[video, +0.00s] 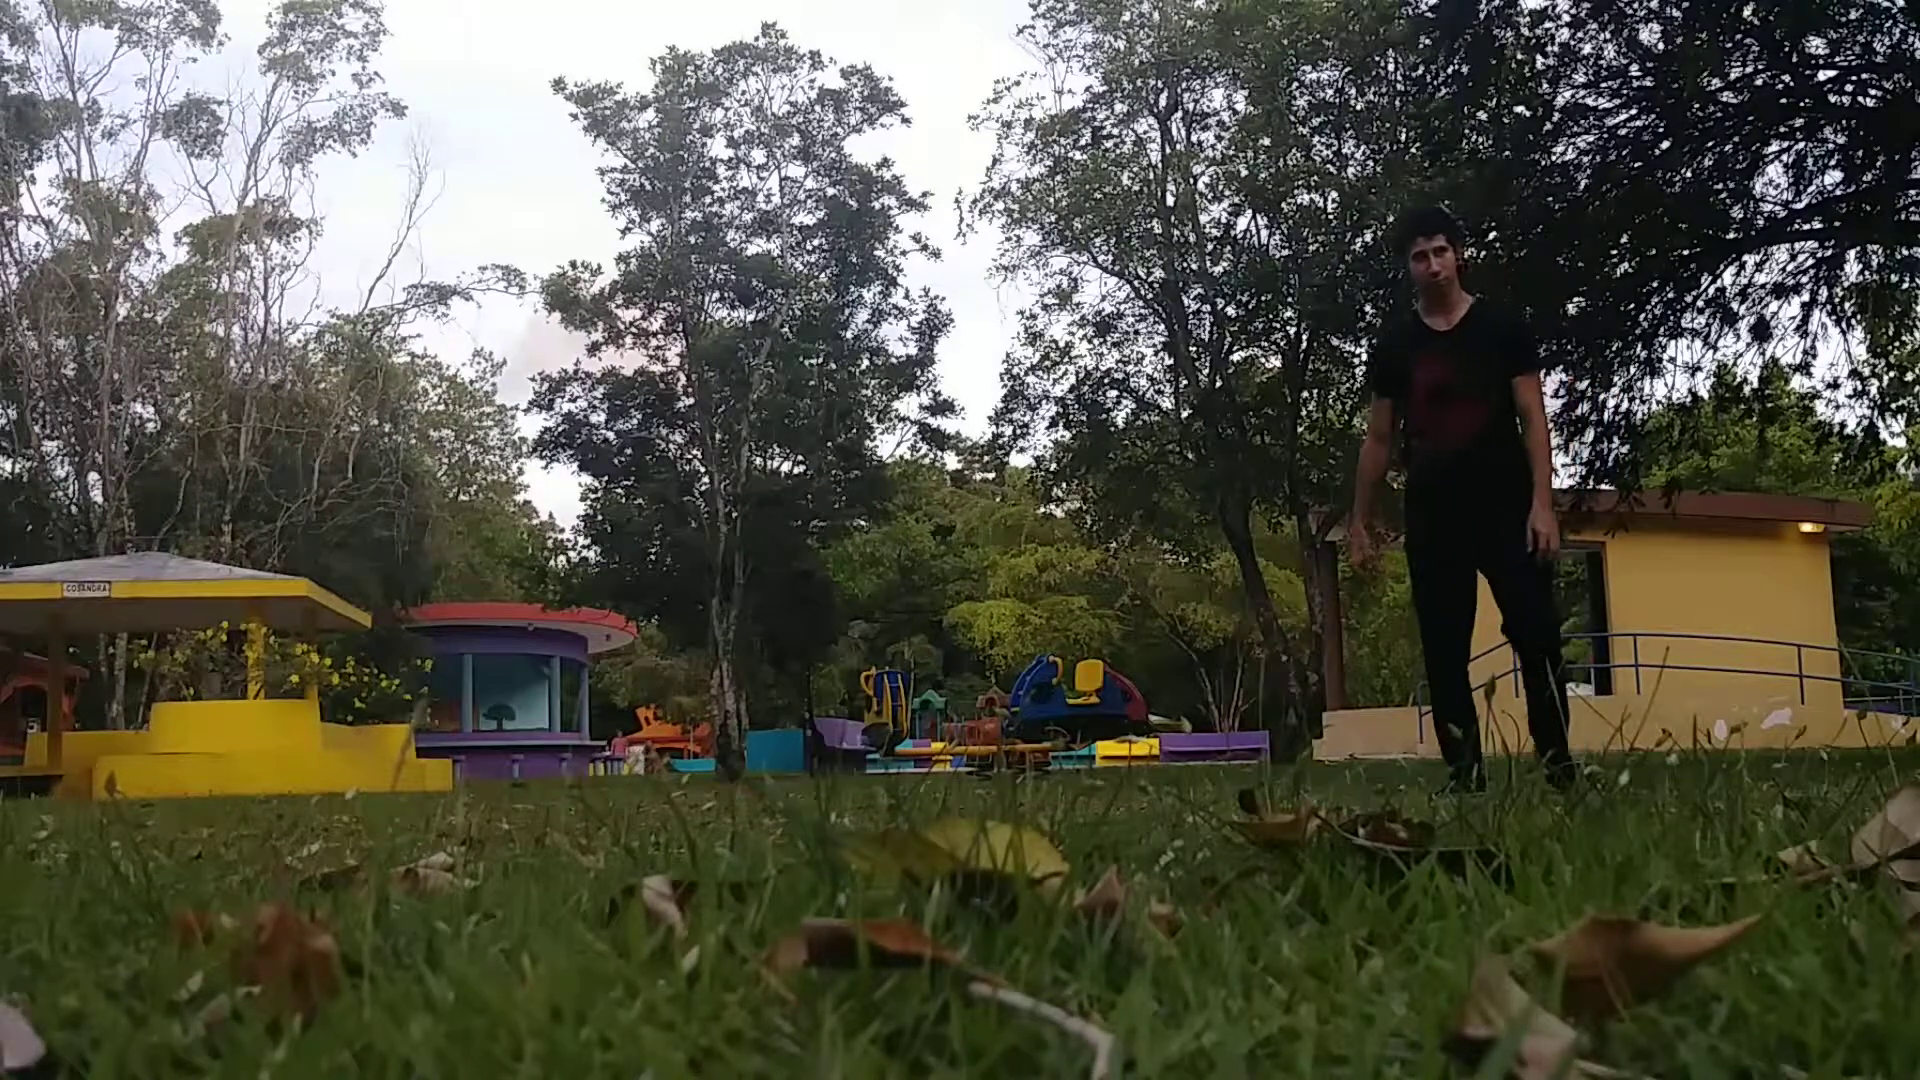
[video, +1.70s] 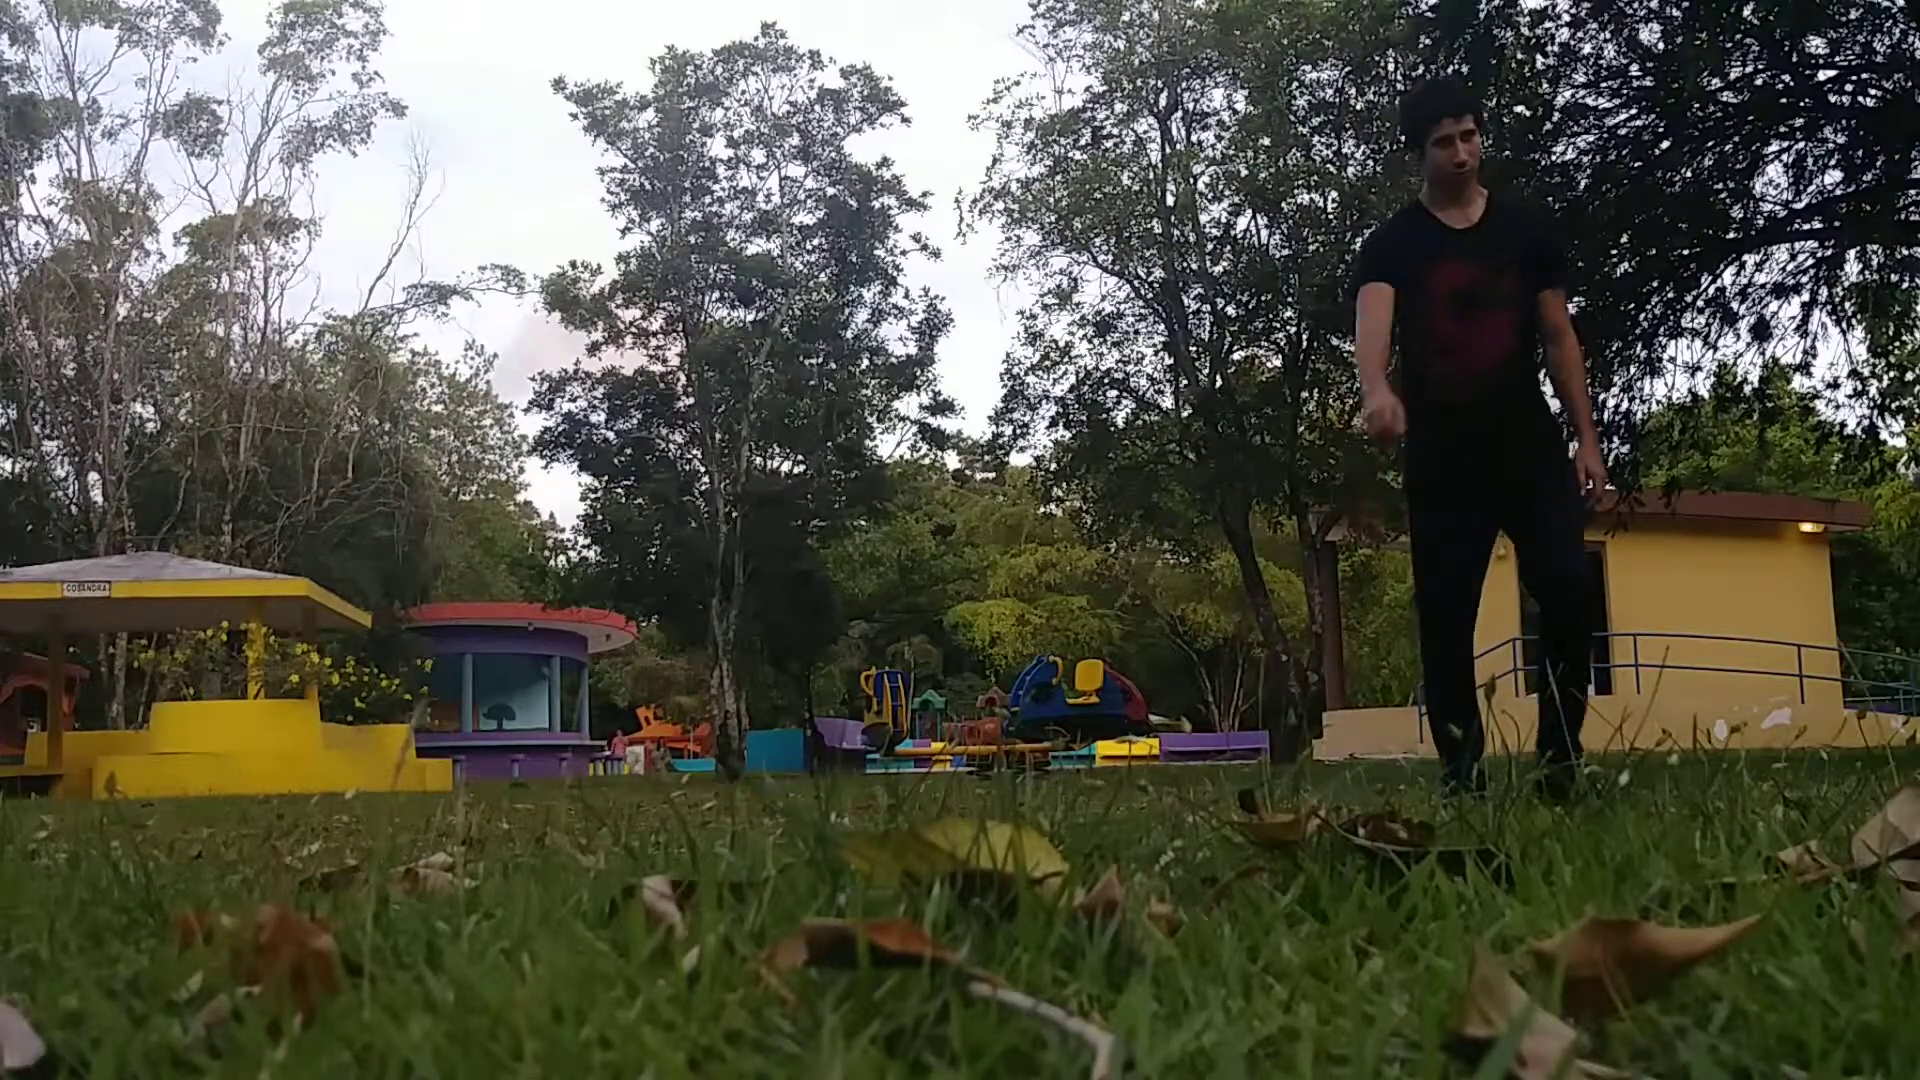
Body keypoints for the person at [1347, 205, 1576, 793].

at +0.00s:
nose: (1432, 263)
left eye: (1440, 251)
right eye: (1420, 256)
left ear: (1459, 254)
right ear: (1408, 268)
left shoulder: (1503, 325)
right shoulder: (1395, 341)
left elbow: (1535, 419)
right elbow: (1378, 435)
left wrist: (1543, 503)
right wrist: (1359, 516)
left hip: (1505, 509)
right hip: (1433, 517)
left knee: (1537, 641)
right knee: (1444, 652)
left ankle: (1558, 765)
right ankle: (1464, 775)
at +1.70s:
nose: (1462, 150)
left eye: (1469, 136)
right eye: (1446, 142)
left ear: (1483, 140)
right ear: (1418, 153)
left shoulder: (1525, 228)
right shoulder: (1391, 242)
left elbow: (1560, 337)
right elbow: (1373, 320)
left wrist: (1586, 435)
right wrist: (1375, 387)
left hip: (1529, 446)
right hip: (1442, 454)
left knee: (1569, 592)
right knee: (1445, 616)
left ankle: (1559, 761)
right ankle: (1460, 769)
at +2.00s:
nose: (1517, 131)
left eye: (1525, 117)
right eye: (1500, 120)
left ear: (1536, 124)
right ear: (1468, 133)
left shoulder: (1570, 223)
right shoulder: (1438, 218)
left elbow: (1601, 343)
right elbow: (1421, 318)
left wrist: (1621, 453)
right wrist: (1461, 381)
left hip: (1560, 437)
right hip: (1470, 442)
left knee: (1588, 600)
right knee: (1465, 613)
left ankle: (1604, 765)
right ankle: (1463, 772)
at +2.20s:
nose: (1559, 100)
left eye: (1569, 88)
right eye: (1542, 89)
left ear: (1581, 98)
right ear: (1511, 102)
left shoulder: (1610, 204)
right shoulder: (1459, 205)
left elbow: (1643, 327)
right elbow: (1437, 320)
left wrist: (1670, 434)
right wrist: (1443, 422)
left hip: (1594, 433)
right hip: (1495, 435)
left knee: (1611, 605)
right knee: (1489, 609)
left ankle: (1608, 765)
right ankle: (1467, 759)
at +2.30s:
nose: (1571, 93)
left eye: (1581, 79)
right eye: (1554, 80)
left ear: (1592, 90)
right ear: (1521, 94)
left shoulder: (1628, 197)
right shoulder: (1471, 197)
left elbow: (1664, 315)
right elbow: (1445, 318)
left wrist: (1692, 425)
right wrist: (1425, 429)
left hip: (1604, 427)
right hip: (1505, 429)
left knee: (1614, 601)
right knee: (1506, 595)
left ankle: (1609, 762)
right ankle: (1480, 757)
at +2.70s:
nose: (1582, 60)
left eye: (1592, 44)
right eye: (1563, 48)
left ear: (1607, 57)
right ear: (1529, 66)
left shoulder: (1649, 166)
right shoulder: (1489, 182)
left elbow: (1691, 282)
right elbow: (1459, 309)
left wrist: (1687, 382)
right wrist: (1431, 428)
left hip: (1631, 415)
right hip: (1531, 422)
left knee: (1627, 598)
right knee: (1542, 597)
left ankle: (1611, 762)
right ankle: (1569, 765)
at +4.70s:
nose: (1638, 211)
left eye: (1650, 194)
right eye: (1620, 199)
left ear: (1675, 201)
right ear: (1600, 217)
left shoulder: (1722, 291)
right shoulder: (1581, 295)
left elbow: (1740, 409)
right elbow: (1607, 305)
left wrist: (1701, 436)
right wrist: (1716, 239)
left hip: (1730, 524)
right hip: (1633, 527)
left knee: (1782, 637)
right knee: (1511, 647)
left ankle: (1805, 776)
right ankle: (1551, 788)